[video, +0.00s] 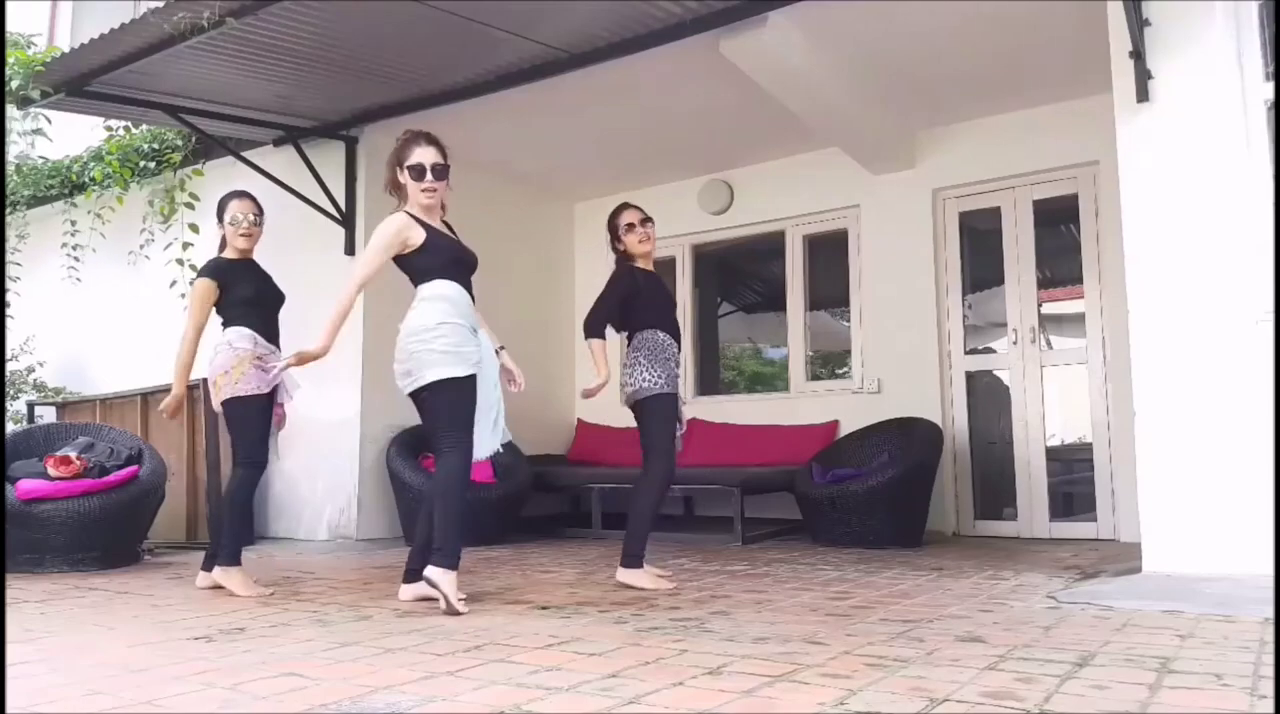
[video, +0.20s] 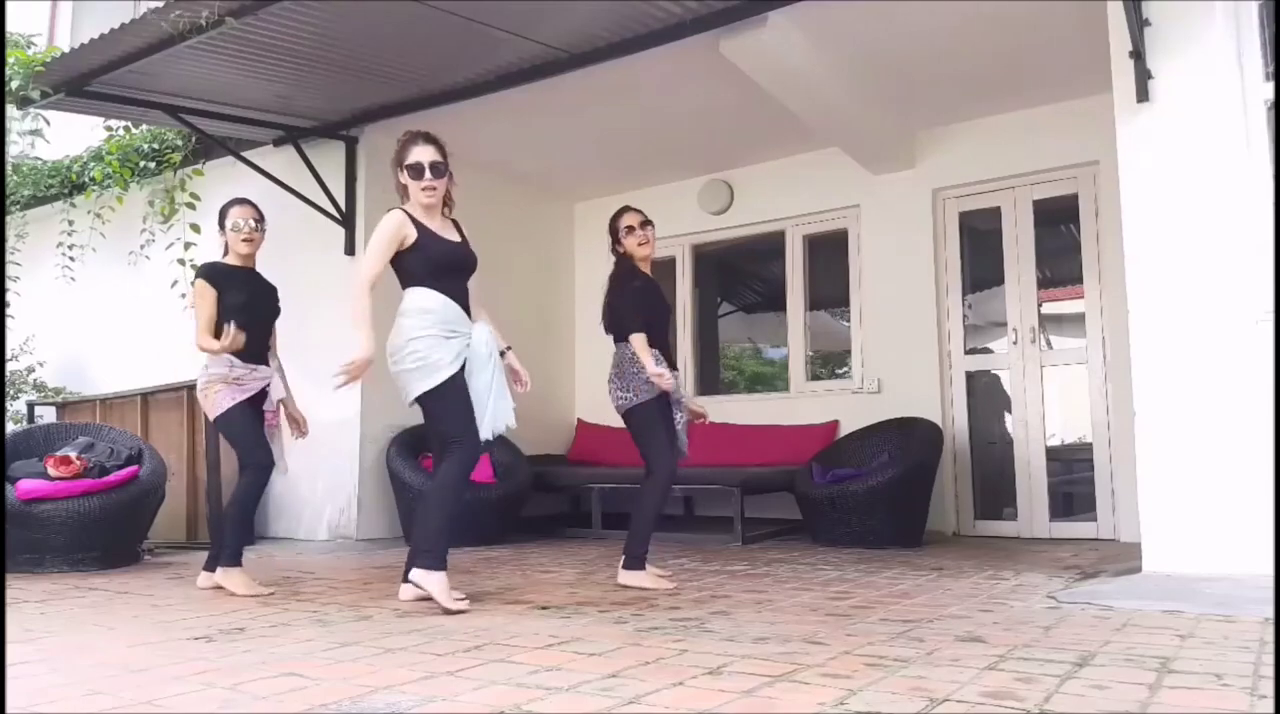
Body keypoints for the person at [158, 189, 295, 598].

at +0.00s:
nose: (247, 225)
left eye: (254, 219)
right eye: (237, 219)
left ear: (262, 226)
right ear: (222, 227)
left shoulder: (258, 271)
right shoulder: (215, 270)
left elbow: (267, 335)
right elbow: (193, 331)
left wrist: (276, 390)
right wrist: (179, 388)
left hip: (263, 373)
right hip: (237, 370)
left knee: (247, 465)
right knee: (251, 464)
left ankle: (215, 563)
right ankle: (229, 565)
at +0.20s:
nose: (247, 231)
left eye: (254, 225)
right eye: (237, 226)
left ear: (263, 233)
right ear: (223, 234)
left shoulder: (267, 289)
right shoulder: (211, 275)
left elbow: (272, 353)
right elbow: (202, 338)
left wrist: (288, 403)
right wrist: (222, 347)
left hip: (259, 384)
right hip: (222, 381)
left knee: (253, 472)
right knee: (259, 463)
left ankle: (213, 566)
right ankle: (229, 566)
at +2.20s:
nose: (245, 236)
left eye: (253, 230)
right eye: (237, 230)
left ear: (264, 236)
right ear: (226, 236)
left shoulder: (279, 287)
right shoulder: (214, 280)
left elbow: (281, 346)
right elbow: (196, 339)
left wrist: (286, 397)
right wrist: (192, 390)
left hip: (266, 385)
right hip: (227, 383)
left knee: (249, 473)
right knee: (225, 469)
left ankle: (228, 564)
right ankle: (201, 565)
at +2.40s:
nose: (247, 239)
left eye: (255, 232)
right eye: (238, 233)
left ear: (267, 238)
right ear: (229, 239)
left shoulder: (284, 291)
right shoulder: (213, 279)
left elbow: (288, 353)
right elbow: (196, 333)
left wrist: (297, 402)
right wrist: (189, 371)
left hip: (269, 387)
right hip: (225, 384)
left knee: (260, 475)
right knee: (232, 469)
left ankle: (238, 566)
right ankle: (208, 567)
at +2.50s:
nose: (249, 247)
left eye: (257, 239)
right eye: (240, 240)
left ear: (270, 246)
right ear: (230, 246)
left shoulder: (283, 299)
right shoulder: (212, 287)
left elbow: (290, 363)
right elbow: (208, 347)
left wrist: (309, 412)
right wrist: (180, 314)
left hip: (272, 392)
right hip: (227, 389)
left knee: (268, 479)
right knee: (230, 468)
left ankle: (240, 564)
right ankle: (214, 564)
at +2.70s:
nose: (249, 259)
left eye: (257, 252)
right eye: (241, 253)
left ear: (270, 257)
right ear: (231, 258)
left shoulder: (284, 308)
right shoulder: (214, 296)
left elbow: (298, 368)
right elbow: (156, 318)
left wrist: (316, 414)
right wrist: (203, 300)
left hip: (275, 398)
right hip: (230, 397)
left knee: (275, 490)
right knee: (224, 472)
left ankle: (240, 567)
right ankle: (215, 559)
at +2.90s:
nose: (246, 257)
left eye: (255, 251)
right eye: (239, 251)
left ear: (269, 258)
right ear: (229, 258)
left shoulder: (283, 310)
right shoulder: (213, 299)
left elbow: (301, 370)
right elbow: (156, 326)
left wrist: (321, 421)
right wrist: (181, 349)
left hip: (275, 399)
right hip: (229, 398)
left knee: (277, 480)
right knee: (216, 473)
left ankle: (240, 566)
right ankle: (215, 568)